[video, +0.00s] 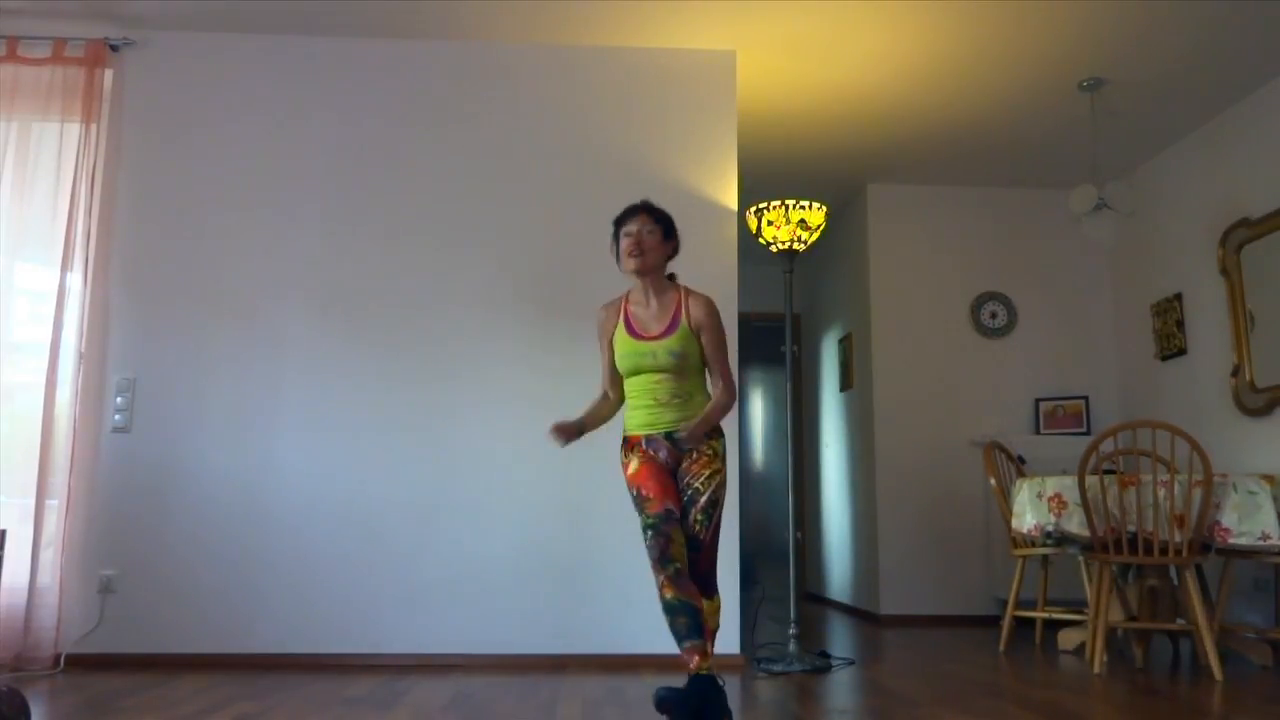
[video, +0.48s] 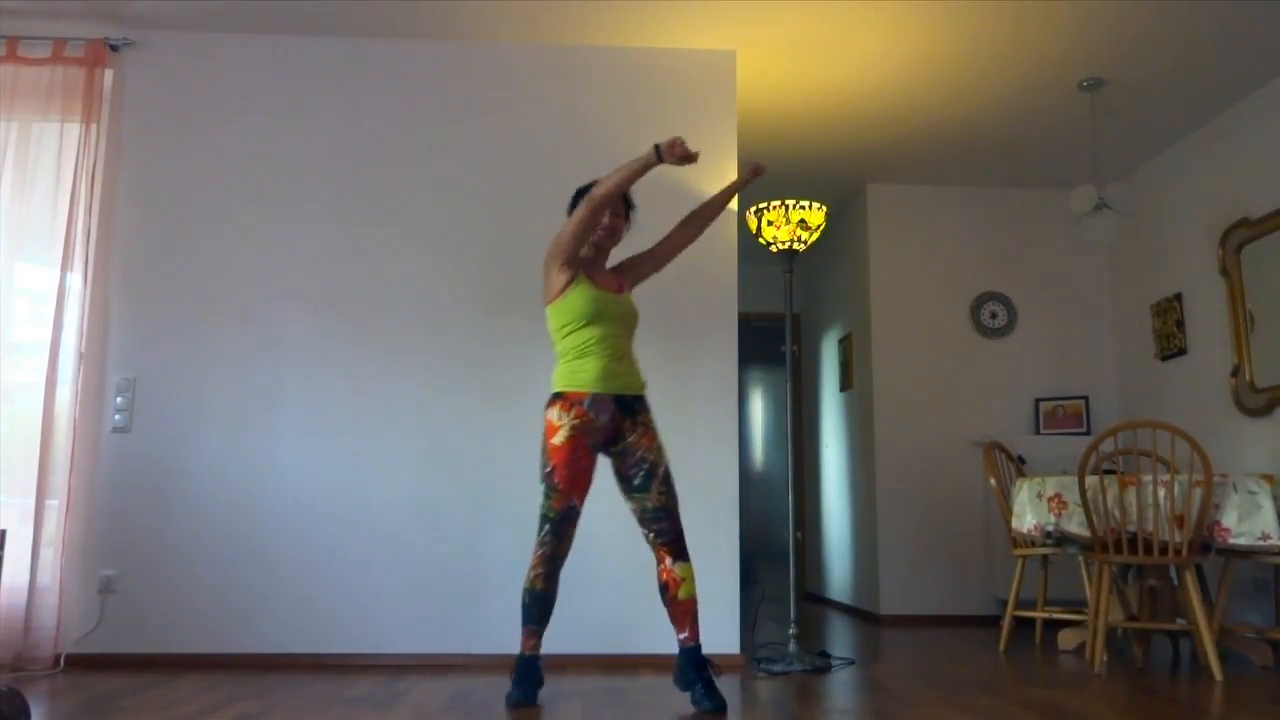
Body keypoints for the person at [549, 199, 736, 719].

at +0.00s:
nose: (634, 243)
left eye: (645, 236)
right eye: (626, 237)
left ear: (669, 247)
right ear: (617, 251)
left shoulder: (697, 308)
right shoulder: (611, 316)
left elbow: (725, 390)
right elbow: (612, 393)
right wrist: (578, 425)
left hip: (699, 442)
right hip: (641, 445)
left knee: (699, 553)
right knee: (665, 540)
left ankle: (701, 676)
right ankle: (701, 673)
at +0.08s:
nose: (642, 228)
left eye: (651, 221)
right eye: (631, 222)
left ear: (667, 235)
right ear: (616, 239)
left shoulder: (697, 294)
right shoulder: (609, 304)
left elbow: (734, 370)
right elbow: (602, 391)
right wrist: (606, 349)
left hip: (697, 432)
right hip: (639, 435)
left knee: (697, 553)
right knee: (650, 550)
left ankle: (703, 675)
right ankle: (682, 670)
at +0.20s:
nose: (635, 205)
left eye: (643, 197)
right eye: (623, 198)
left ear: (655, 211)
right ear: (604, 216)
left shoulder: (681, 265)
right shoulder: (595, 271)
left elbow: (752, 298)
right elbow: (593, 312)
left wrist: (747, 245)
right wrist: (631, 255)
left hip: (688, 405)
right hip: (629, 407)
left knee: (694, 537)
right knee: (615, 532)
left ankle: (699, 662)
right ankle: (610, 662)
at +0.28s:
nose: (627, 198)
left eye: (636, 191)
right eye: (615, 189)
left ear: (645, 205)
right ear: (593, 207)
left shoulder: (665, 257)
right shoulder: (584, 258)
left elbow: (744, 256)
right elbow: (602, 248)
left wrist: (750, 197)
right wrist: (649, 206)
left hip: (680, 392)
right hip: (621, 393)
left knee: (690, 525)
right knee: (594, 521)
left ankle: (700, 653)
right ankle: (564, 646)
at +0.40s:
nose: (619, 216)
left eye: (626, 208)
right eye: (609, 206)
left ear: (631, 219)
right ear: (585, 210)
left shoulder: (638, 267)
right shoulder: (573, 260)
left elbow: (699, 221)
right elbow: (607, 197)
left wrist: (751, 177)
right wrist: (664, 155)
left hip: (655, 400)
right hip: (597, 400)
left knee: (676, 530)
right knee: (568, 529)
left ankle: (697, 655)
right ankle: (529, 656)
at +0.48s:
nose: (610, 220)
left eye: (619, 213)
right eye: (601, 209)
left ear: (626, 225)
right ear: (579, 215)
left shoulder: (623, 277)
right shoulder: (563, 267)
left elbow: (682, 235)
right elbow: (598, 197)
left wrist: (736, 185)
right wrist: (654, 156)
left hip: (631, 412)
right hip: (575, 410)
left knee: (668, 535)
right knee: (554, 538)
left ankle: (691, 658)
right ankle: (528, 663)